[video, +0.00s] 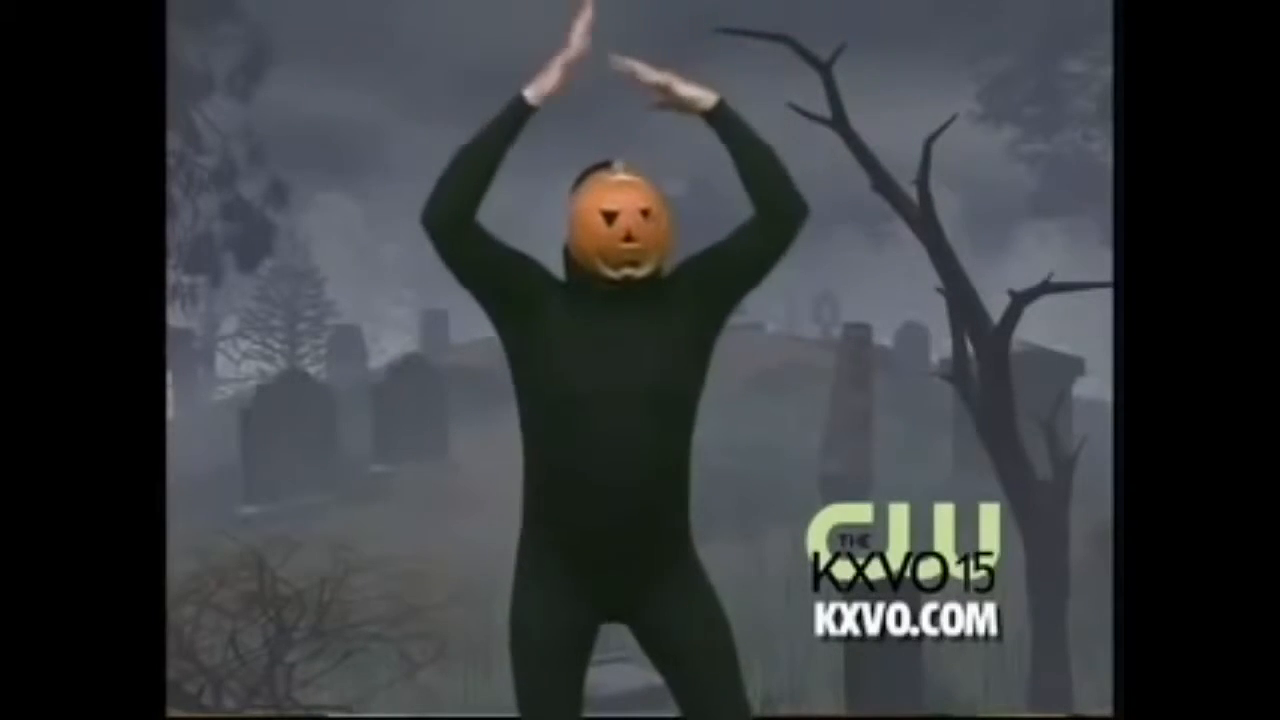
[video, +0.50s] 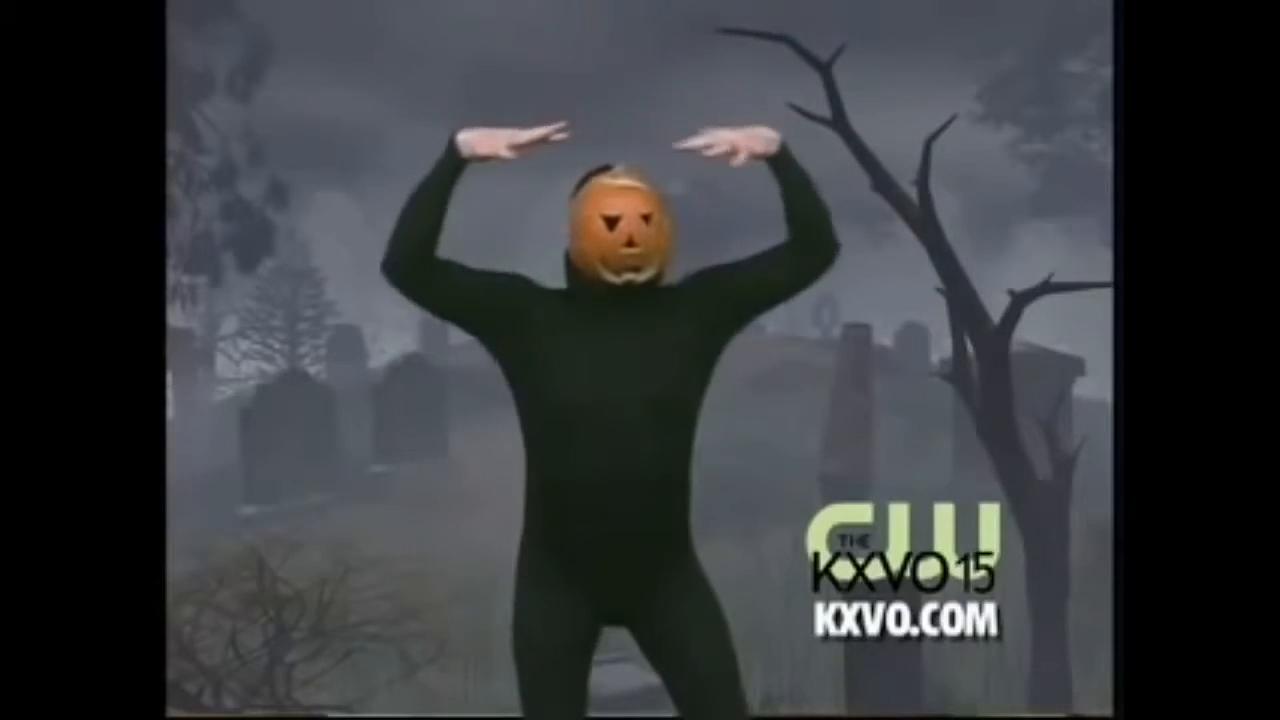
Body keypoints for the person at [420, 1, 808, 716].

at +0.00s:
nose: (627, 216)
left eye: (644, 206)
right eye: (603, 204)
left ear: (667, 236)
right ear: (570, 235)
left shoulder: (692, 301)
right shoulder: (529, 303)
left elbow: (783, 213)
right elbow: (446, 218)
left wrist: (713, 108)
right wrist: (534, 96)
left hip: (664, 568)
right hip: (555, 571)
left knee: (726, 711)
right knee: (546, 711)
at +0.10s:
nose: (627, 224)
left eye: (644, 213)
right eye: (605, 213)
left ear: (668, 236)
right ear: (573, 239)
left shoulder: (694, 305)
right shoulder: (530, 305)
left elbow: (792, 220)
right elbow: (439, 225)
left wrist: (724, 121)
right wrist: (527, 108)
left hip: (664, 569)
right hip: (555, 572)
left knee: (724, 710)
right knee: (547, 711)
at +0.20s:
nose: (630, 225)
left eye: (645, 214)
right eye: (609, 215)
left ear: (669, 235)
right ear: (574, 238)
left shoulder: (696, 307)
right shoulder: (528, 307)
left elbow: (800, 227)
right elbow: (430, 233)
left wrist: (737, 131)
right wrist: (505, 127)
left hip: (665, 571)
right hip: (556, 573)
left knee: (723, 710)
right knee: (549, 711)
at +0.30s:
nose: (629, 228)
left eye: (645, 215)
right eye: (607, 215)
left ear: (668, 238)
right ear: (574, 239)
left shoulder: (697, 309)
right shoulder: (526, 309)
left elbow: (807, 234)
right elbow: (421, 245)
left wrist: (751, 142)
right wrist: (488, 138)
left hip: (665, 572)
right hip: (557, 575)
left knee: (723, 709)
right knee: (550, 710)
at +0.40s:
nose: (628, 229)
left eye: (644, 219)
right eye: (607, 218)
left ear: (668, 240)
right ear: (573, 240)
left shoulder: (698, 309)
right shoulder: (524, 312)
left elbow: (811, 240)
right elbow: (414, 254)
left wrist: (765, 147)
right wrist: (471, 148)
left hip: (665, 572)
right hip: (557, 576)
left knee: (722, 709)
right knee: (550, 711)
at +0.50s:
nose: (629, 232)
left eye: (644, 219)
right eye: (608, 220)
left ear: (667, 238)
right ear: (573, 241)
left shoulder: (699, 310)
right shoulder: (522, 314)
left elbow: (813, 248)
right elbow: (407, 263)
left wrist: (779, 155)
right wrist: (456, 154)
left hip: (665, 573)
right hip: (557, 578)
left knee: (722, 709)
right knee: (551, 711)